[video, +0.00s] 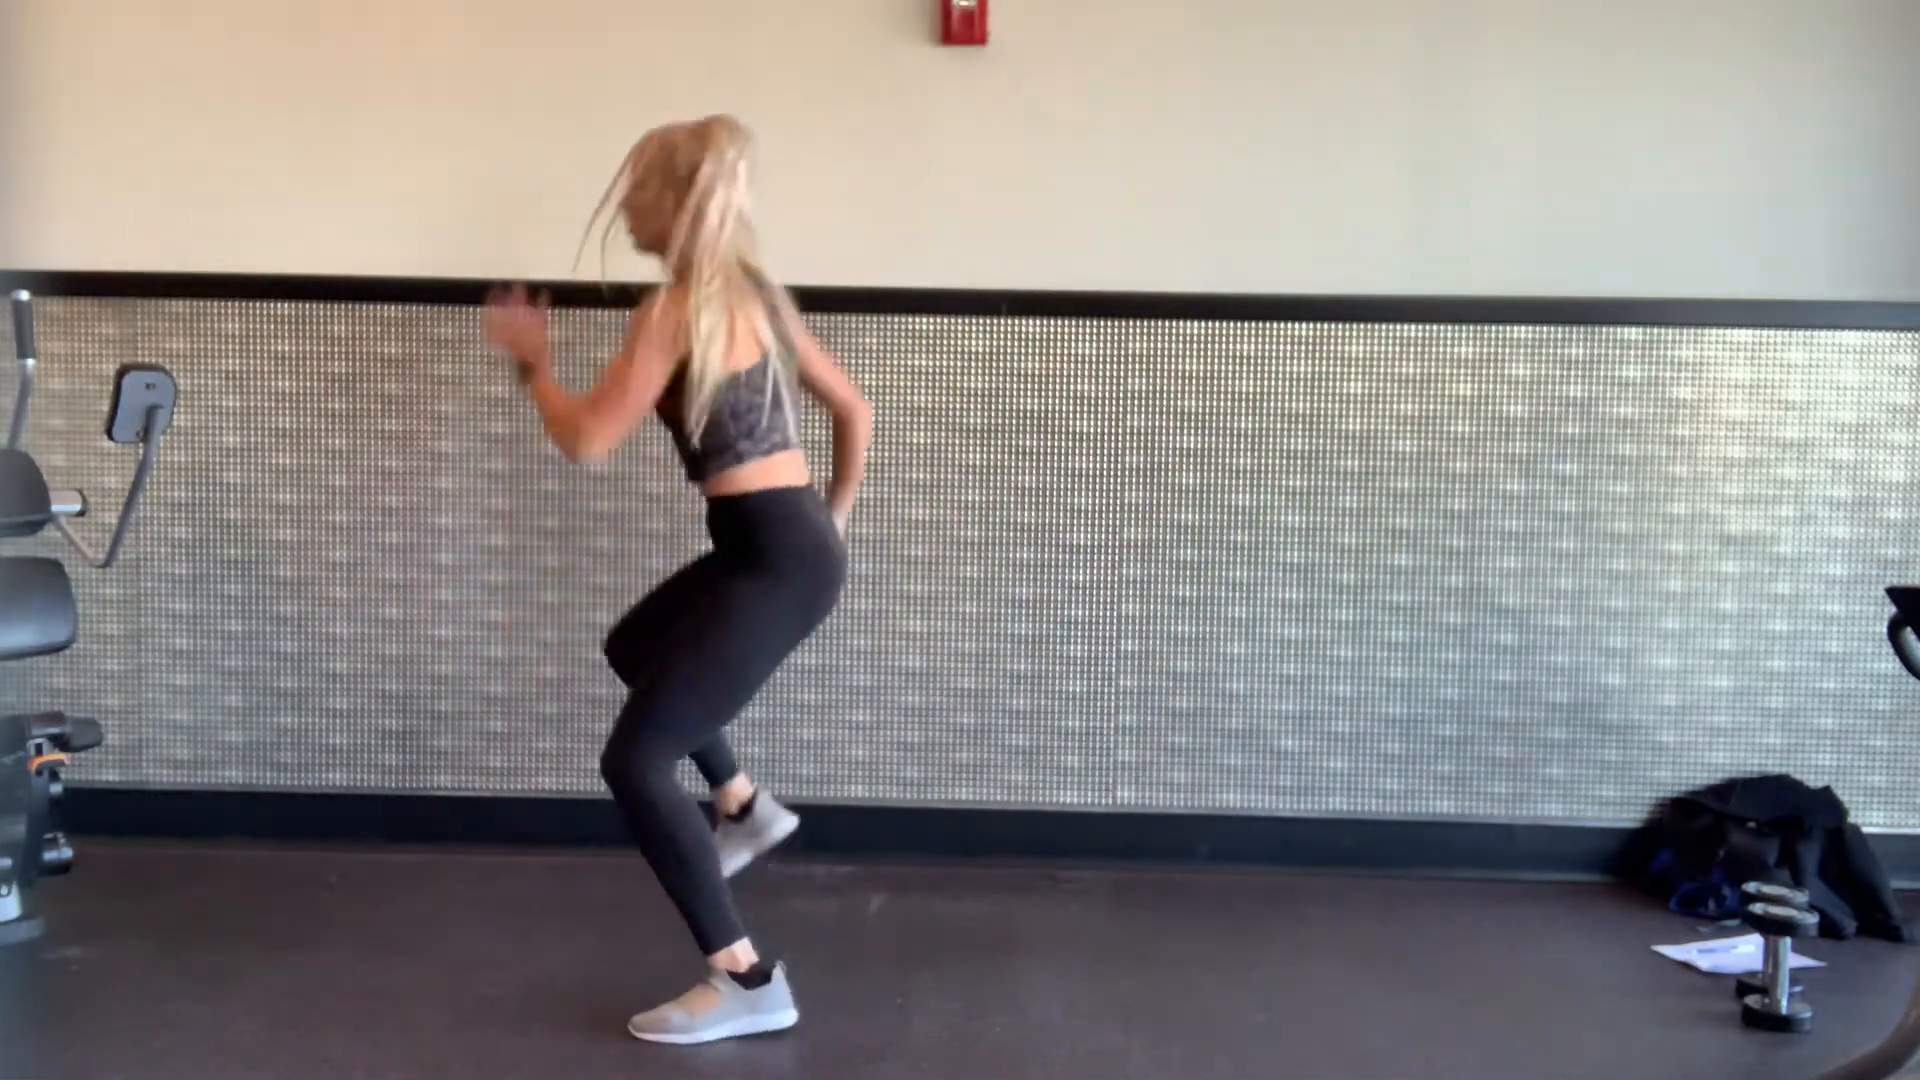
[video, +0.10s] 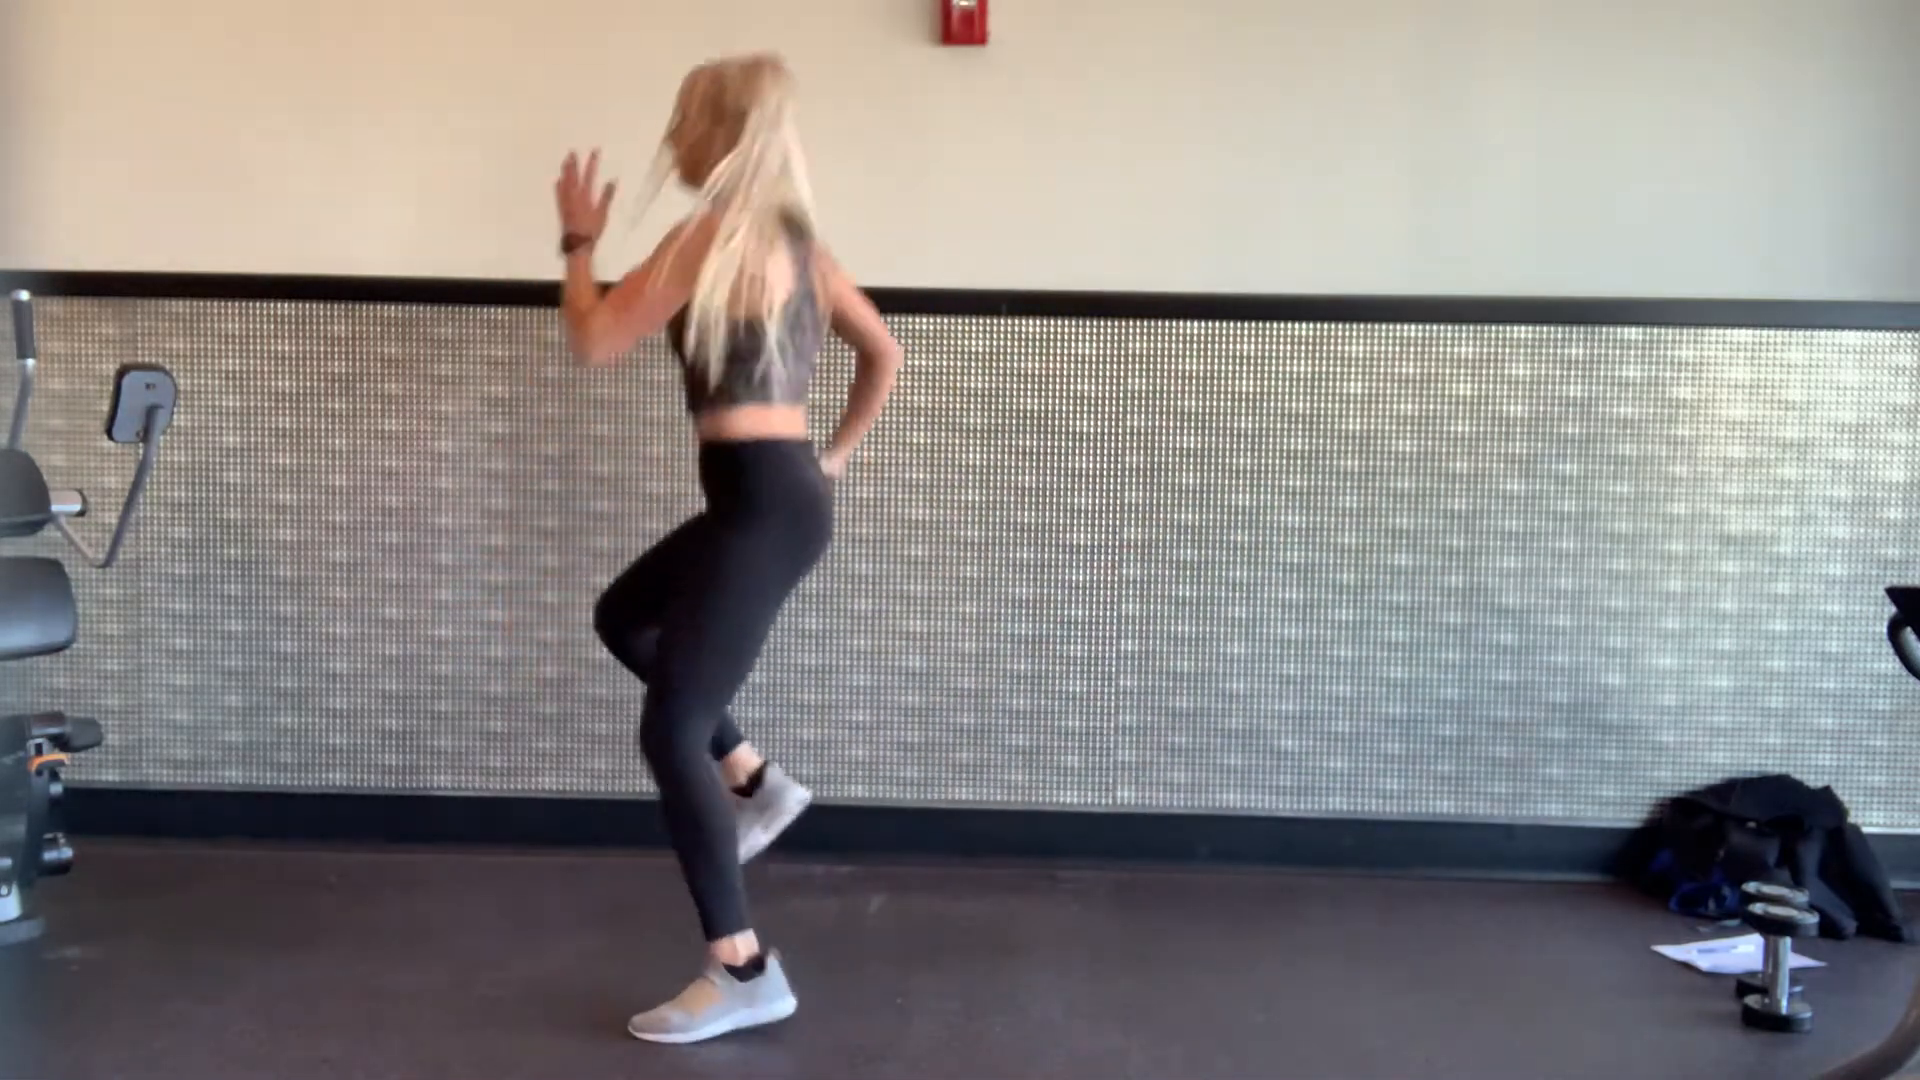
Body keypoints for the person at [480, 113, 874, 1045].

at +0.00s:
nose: (626, 197)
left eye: (639, 184)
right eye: (633, 181)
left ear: (671, 201)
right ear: (719, 201)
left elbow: (587, 440)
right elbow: (851, 406)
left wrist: (531, 362)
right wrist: (840, 500)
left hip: (774, 557)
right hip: (787, 545)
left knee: (636, 760)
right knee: (634, 646)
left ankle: (744, 978)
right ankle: (740, 805)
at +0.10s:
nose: (674, 133)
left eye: (686, 119)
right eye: (681, 117)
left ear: (715, 133)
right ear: (768, 135)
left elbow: (597, 340)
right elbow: (883, 350)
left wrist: (578, 244)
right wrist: (839, 448)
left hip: (762, 508)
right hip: (783, 500)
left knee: (671, 737)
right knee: (625, 617)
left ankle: (743, 968)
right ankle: (754, 783)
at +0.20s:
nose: (714, 78)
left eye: (729, 61)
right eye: (721, 59)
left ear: (771, 74)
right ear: (800, 78)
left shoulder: (768, 185)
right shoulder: (826, 189)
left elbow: (708, 316)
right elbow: (857, 331)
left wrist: (608, 278)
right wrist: (760, 409)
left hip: (766, 446)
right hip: (790, 444)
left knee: (651, 654)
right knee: (672, 642)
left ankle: (715, 891)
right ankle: (768, 816)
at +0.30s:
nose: (740, 89)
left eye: (755, 74)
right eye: (746, 71)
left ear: (799, 89)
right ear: (815, 91)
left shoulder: (819, 202)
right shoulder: (802, 197)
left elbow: (807, 359)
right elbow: (780, 358)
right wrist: (670, 349)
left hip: (789, 458)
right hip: (788, 455)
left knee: (585, 570)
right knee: (707, 675)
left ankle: (701, 759)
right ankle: (777, 883)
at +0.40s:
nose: (753, 145)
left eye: (770, 133)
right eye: (762, 130)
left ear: (815, 156)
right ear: (815, 159)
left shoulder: (832, 253)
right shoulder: (806, 255)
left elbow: (883, 396)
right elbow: (714, 364)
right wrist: (678, 275)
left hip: (792, 499)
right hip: (797, 503)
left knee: (586, 476)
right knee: (728, 711)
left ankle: (680, 677)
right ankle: (801, 927)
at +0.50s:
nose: (782, 118)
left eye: (799, 105)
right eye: (790, 103)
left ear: (841, 124)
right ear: (849, 127)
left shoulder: (864, 220)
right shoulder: (832, 220)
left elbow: (927, 345)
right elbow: (770, 346)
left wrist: (886, 477)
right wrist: (719, 259)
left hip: (821, 469)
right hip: (816, 467)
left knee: (610, 484)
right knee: (775, 695)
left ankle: (696, 696)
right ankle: (798, 911)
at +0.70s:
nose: (842, 92)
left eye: (859, 79)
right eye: (853, 74)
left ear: (900, 97)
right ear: (908, 101)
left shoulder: (903, 204)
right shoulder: (932, 203)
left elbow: (866, 349)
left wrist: (765, 297)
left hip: (893, 470)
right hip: (892, 463)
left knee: (802, 673)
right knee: (700, 530)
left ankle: (873, 901)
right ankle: (820, 707)